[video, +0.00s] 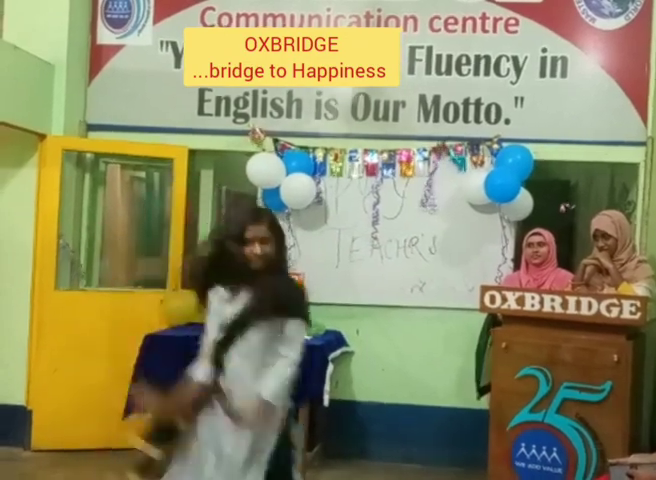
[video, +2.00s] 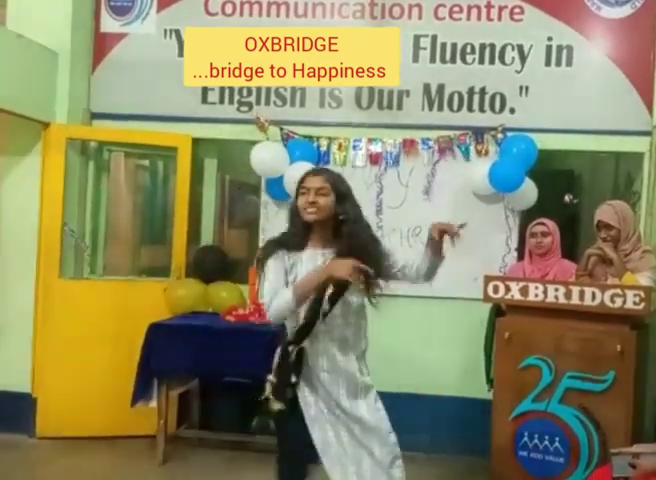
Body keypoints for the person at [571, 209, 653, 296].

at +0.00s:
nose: (600, 245)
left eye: (606, 237)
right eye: (596, 238)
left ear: (621, 236)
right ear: (592, 240)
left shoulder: (641, 268)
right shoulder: (591, 266)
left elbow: (638, 302)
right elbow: (573, 296)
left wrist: (611, 267)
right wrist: (582, 268)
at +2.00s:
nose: (602, 235)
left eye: (609, 228)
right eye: (599, 228)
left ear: (625, 227)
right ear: (595, 229)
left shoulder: (646, 259)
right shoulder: (593, 256)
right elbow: (576, 287)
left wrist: (615, 258)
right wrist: (585, 260)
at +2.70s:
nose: (605, 225)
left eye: (612, 217)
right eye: (602, 218)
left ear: (629, 217)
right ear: (598, 220)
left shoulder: (649, 248)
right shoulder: (596, 247)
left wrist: (618, 248)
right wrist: (588, 250)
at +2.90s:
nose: (606, 221)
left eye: (612, 213)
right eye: (602, 214)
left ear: (629, 213)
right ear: (599, 216)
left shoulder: (649, 245)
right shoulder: (596, 242)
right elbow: (580, 272)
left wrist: (618, 244)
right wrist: (588, 244)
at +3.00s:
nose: (605, 219)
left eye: (612, 211)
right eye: (602, 212)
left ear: (629, 211)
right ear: (599, 213)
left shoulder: (649, 243)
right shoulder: (596, 241)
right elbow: (580, 271)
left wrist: (618, 242)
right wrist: (588, 242)